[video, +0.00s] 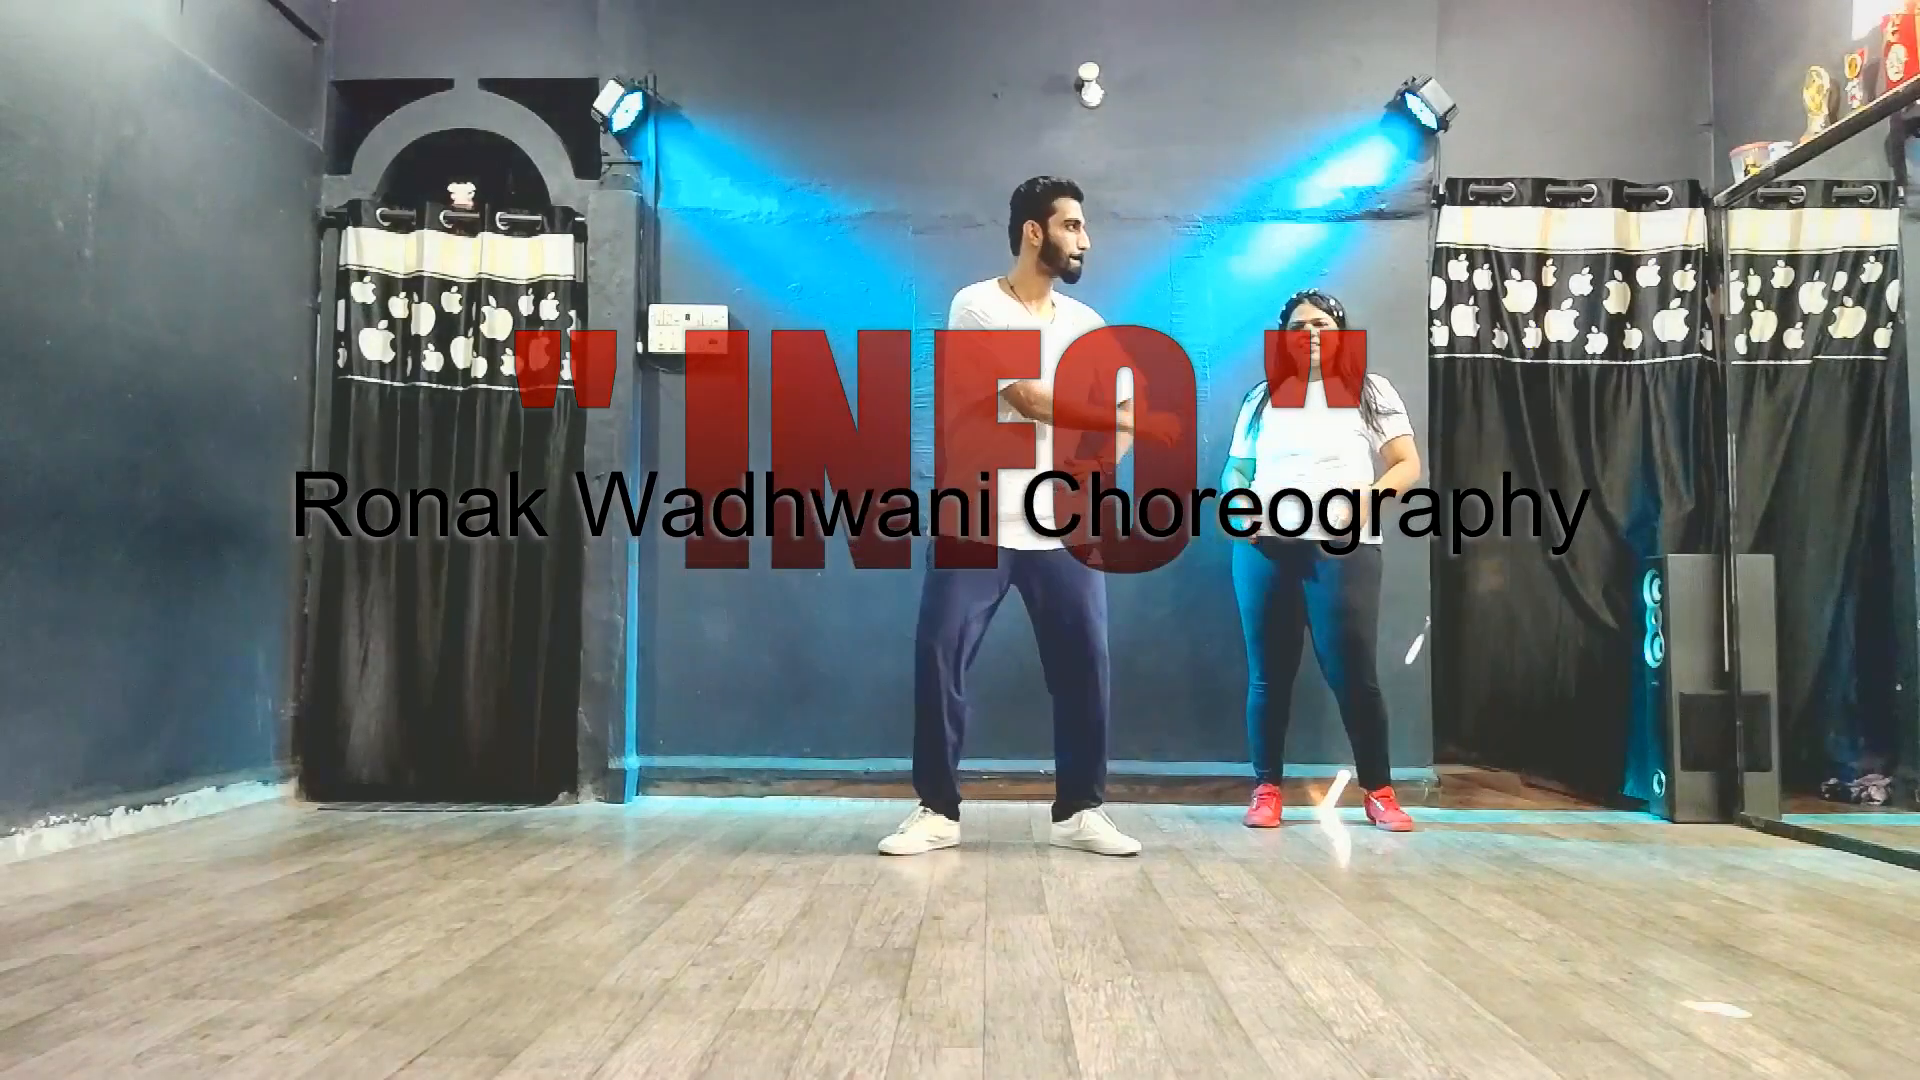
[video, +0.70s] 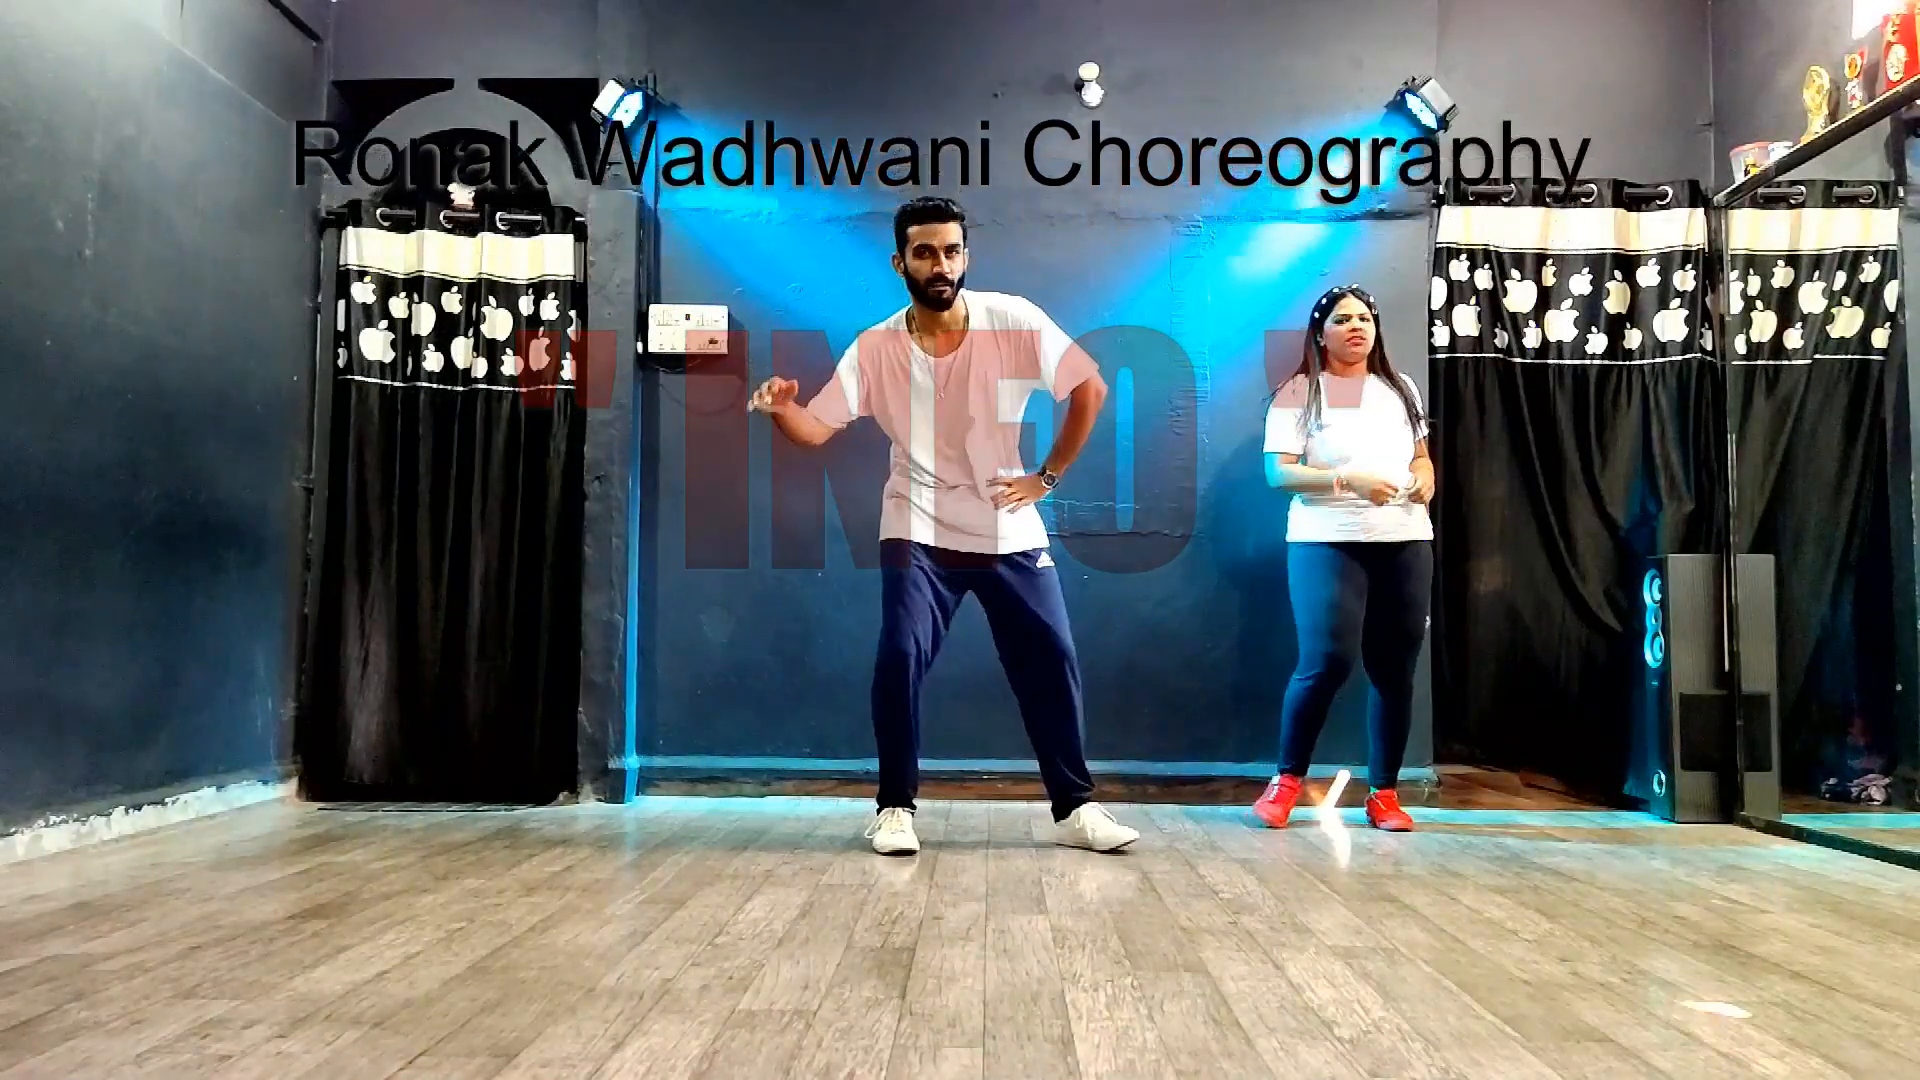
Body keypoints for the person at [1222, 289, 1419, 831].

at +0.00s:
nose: (1310, 333)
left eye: (1321, 324)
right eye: (1299, 325)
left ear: (1342, 336)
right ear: (1284, 337)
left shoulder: (1371, 390)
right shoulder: (1260, 399)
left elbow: (1407, 465)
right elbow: (1237, 478)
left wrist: (1364, 502)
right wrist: (1246, 515)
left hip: (1343, 549)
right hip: (1266, 548)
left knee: (1354, 675)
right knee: (1268, 675)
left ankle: (1378, 791)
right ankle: (1267, 789)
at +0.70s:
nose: (1355, 327)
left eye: (1363, 319)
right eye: (1342, 320)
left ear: (1375, 331)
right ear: (1321, 333)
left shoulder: (1401, 390)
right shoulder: (1299, 390)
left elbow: (1420, 457)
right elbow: (1279, 473)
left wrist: (1423, 476)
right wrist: (1350, 477)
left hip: (1403, 542)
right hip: (1325, 541)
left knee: (1394, 671)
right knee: (1326, 659)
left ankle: (1383, 794)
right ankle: (1287, 782)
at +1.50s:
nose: (1334, 324)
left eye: (1342, 316)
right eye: (1322, 319)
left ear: (1358, 325)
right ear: (1304, 332)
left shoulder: (1378, 393)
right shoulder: (1274, 376)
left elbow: (1412, 469)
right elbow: (1216, 433)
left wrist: (1412, 521)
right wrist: (1248, 442)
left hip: (1352, 543)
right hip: (1273, 540)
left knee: (1365, 670)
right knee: (1287, 667)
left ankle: (1372, 790)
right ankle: (1282, 791)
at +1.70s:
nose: (1315, 352)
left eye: (1323, 341)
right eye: (1303, 347)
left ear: (1342, 344)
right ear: (1291, 360)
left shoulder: (1377, 403)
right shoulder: (1272, 409)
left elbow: (1429, 474)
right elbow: (1243, 480)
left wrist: (1397, 528)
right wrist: (1207, 496)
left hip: (1334, 549)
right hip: (1257, 546)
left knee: (1329, 676)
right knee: (1244, 669)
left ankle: (1370, 791)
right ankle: (1272, 793)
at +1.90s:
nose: (1303, 366)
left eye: (1311, 353)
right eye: (1291, 360)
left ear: (1331, 352)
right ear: (1283, 371)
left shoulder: (1374, 405)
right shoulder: (1280, 426)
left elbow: (1397, 480)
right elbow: (1253, 505)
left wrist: (1328, 509)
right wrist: (1226, 570)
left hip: (1339, 557)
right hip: (1265, 554)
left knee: (1337, 680)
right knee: (1241, 668)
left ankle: (1380, 796)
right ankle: (1276, 793)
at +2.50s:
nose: (1338, 361)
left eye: (1346, 350)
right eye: (1324, 354)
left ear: (1358, 355)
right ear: (1303, 362)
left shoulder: (1372, 412)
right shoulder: (1277, 413)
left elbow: (1405, 476)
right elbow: (1255, 483)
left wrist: (1426, 538)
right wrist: (1254, 547)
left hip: (1378, 553)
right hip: (1306, 552)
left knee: (1422, 669)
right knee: (1326, 674)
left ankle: (1392, 796)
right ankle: (1293, 795)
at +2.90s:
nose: (1352, 324)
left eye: (1362, 317)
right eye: (1342, 317)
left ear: (1379, 330)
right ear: (1324, 330)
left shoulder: (1395, 395)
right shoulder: (1291, 380)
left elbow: (1403, 468)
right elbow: (1276, 455)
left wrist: (1351, 483)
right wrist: (1317, 482)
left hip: (1365, 547)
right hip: (1290, 543)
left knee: (1382, 671)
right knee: (1296, 672)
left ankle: (1378, 791)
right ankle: (1288, 792)